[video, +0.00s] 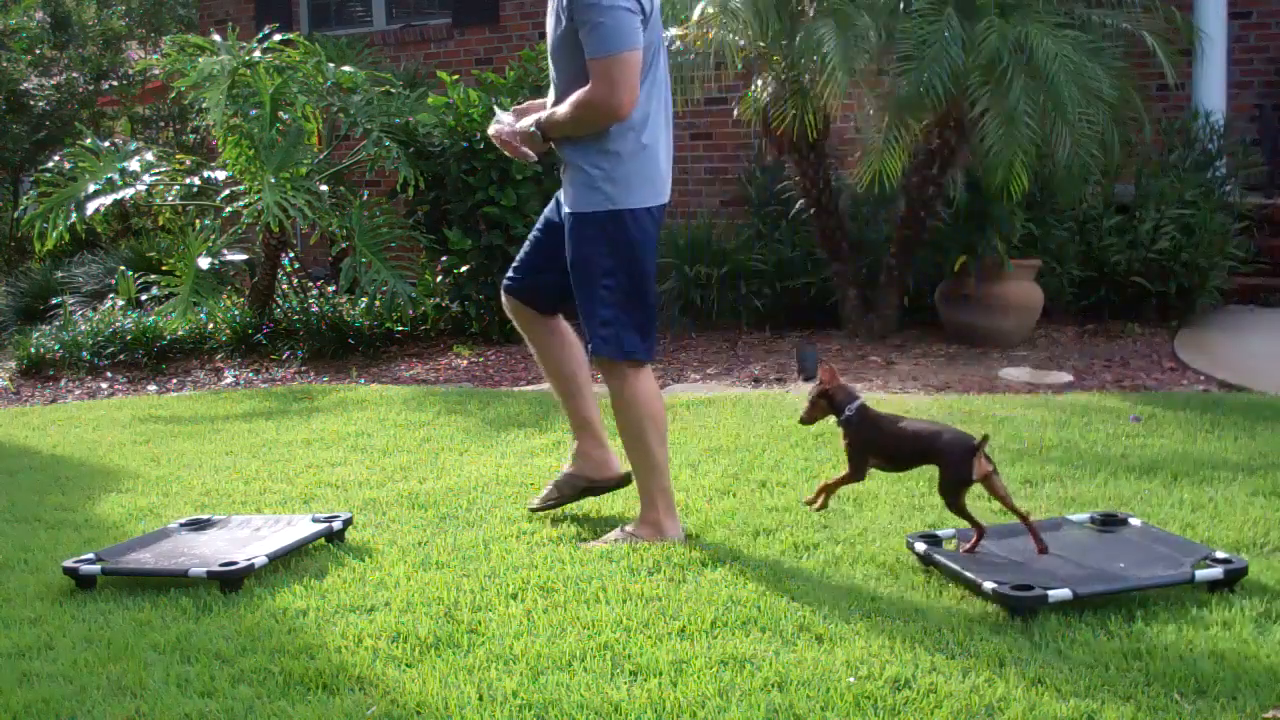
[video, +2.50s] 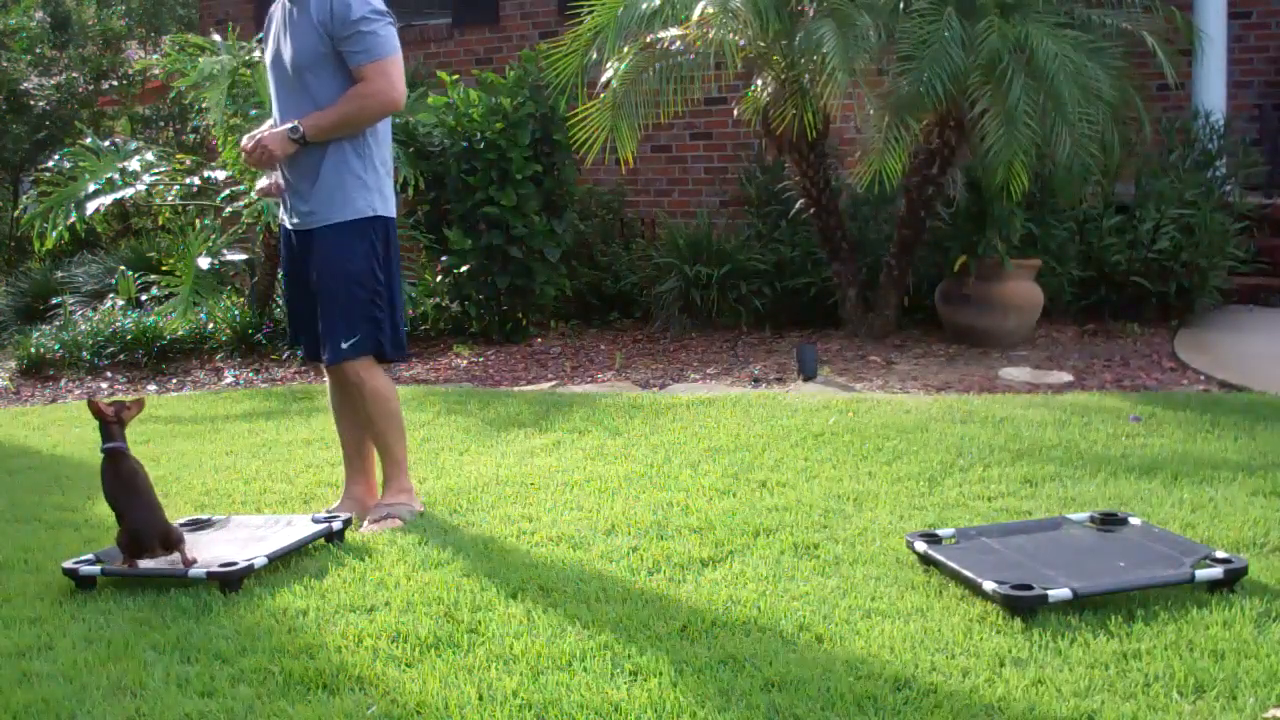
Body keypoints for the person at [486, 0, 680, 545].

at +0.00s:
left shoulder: (604, 2)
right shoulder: (578, 4)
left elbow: (614, 98)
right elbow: (593, 82)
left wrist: (545, 127)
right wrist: (531, 112)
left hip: (617, 188)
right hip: (590, 185)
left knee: (621, 355)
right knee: (527, 295)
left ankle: (660, 520)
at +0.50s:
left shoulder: (428, 14)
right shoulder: (382, 4)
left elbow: (402, 131)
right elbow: (396, 95)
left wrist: (358, 229)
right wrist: (363, 137)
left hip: (419, 206)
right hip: (406, 199)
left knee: (342, 337)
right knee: (408, 345)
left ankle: (486, 437)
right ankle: (432, 498)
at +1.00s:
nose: (204, 8)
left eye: (203, 4)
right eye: (201, 7)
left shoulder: (263, 35)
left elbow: (237, 160)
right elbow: (355, 43)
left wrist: (186, 253)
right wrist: (306, 109)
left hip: (299, 216)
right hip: (350, 196)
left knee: (278, 359)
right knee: (327, 349)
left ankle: (319, 506)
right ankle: (367, 476)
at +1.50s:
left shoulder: (251, 14)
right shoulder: (283, 6)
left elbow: (263, 139)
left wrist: (209, 230)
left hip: (283, 214)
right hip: (314, 207)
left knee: (280, 358)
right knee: (303, 353)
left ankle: (317, 506)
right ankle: (348, 483)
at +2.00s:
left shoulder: (307, 2)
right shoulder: (257, 10)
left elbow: (349, 98)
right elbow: (303, 105)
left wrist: (254, 135)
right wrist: (261, 166)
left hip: (317, 205)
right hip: (310, 204)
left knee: (293, 354)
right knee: (334, 355)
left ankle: (319, 511)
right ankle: (361, 498)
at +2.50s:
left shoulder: (345, 2)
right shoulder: (282, 13)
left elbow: (387, 91)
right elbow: (310, 105)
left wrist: (294, 132)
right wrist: (287, 169)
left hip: (351, 206)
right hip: (308, 210)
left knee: (354, 354)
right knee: (335, 358)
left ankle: (401, 492)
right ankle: (360, 494)